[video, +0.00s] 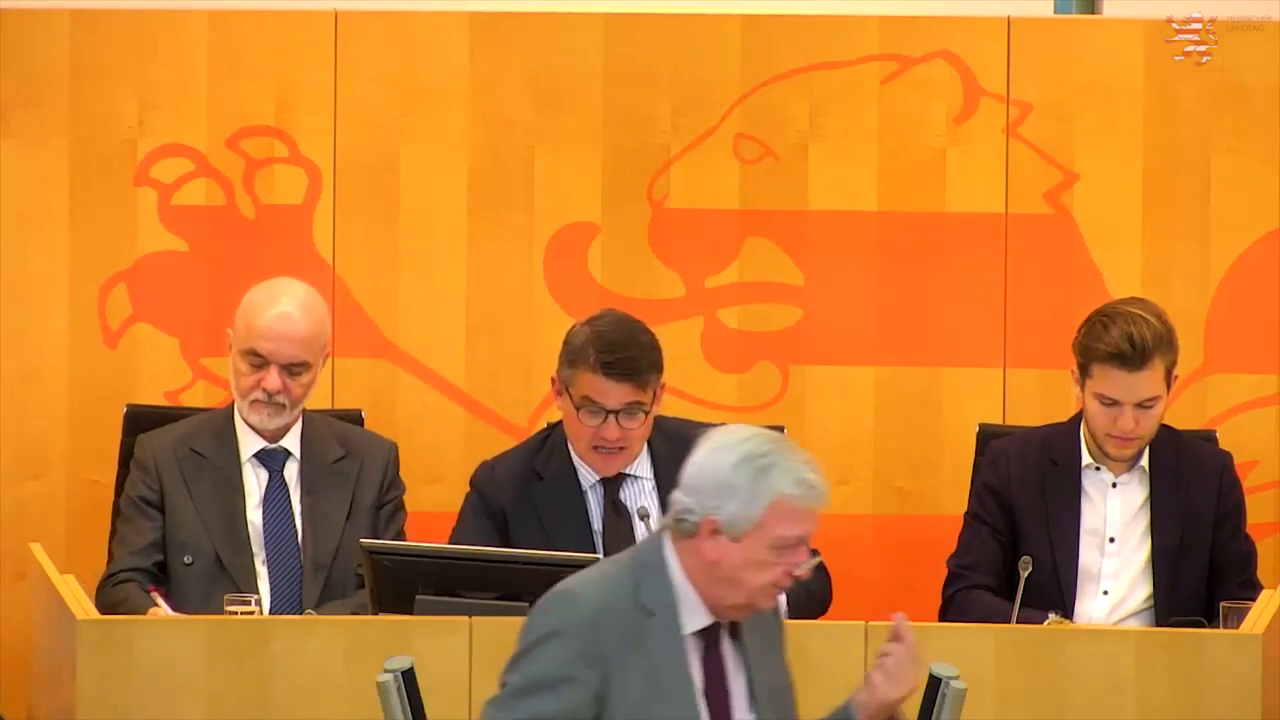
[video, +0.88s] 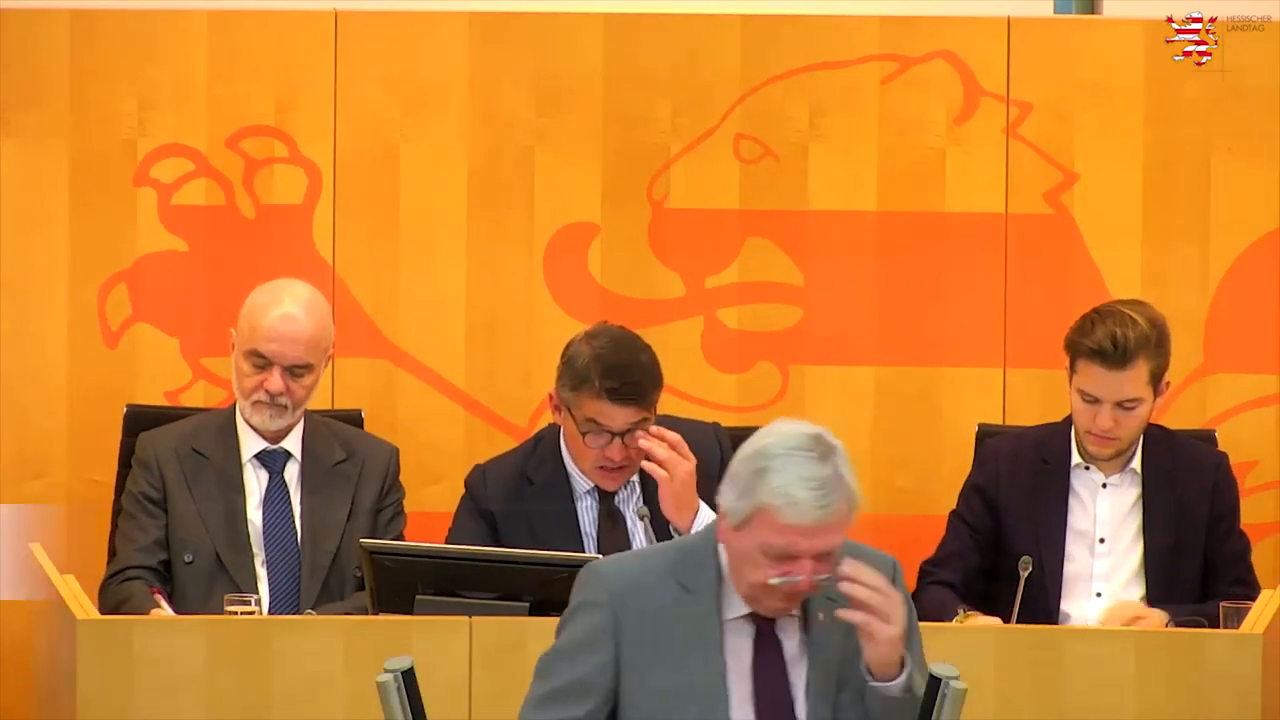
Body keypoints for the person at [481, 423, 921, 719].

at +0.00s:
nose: (802, 568)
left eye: (807, 547)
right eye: (785, 548)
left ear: (719, 540)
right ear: (713, 537)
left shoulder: (758, 605)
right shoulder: (580, 618)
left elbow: (775, 714)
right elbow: (515, 714)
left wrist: (864, 706)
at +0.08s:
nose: (833, 560)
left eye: (837, 538)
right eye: (817, 540)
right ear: (746, 529)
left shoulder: (784, 592)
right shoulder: (611, 607)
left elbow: (804, 717)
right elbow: (541, 714)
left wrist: (896, 701)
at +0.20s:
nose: (870, 547)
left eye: (875, 526)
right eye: (854, 527)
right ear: (779, 516)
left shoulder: (818, 591)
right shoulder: (650, 599)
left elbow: (846, 712)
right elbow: (577, 711)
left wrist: (911, 669)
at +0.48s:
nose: (901, 546)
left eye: (905, 524)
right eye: (885, 524)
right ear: (811, 511)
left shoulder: (842, 583)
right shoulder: (689, 590)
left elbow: (880, 710)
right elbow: (622, 711)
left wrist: (933, 644)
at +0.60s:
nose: (883, 560)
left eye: (891, 537)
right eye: (865, 536)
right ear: (793, 514)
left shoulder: (855, 587)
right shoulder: (672, 596)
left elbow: (885, 709)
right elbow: (602, 712)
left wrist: (929, 663)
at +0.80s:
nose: (826, 575)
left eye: (845, 552)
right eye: (805, 553)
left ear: (861, 531)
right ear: (744, 519)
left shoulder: (870, 588)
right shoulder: (630, 592)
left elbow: (897, 717)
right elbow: (562, 712)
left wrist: (904, 672)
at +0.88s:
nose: (804, 579)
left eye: (823, 556)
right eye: (782, 557)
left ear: (843, 531)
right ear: (726, 524)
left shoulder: (876, 585)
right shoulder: (616, 594)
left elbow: (903, 717)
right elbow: (551, 715)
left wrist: (889, 672)